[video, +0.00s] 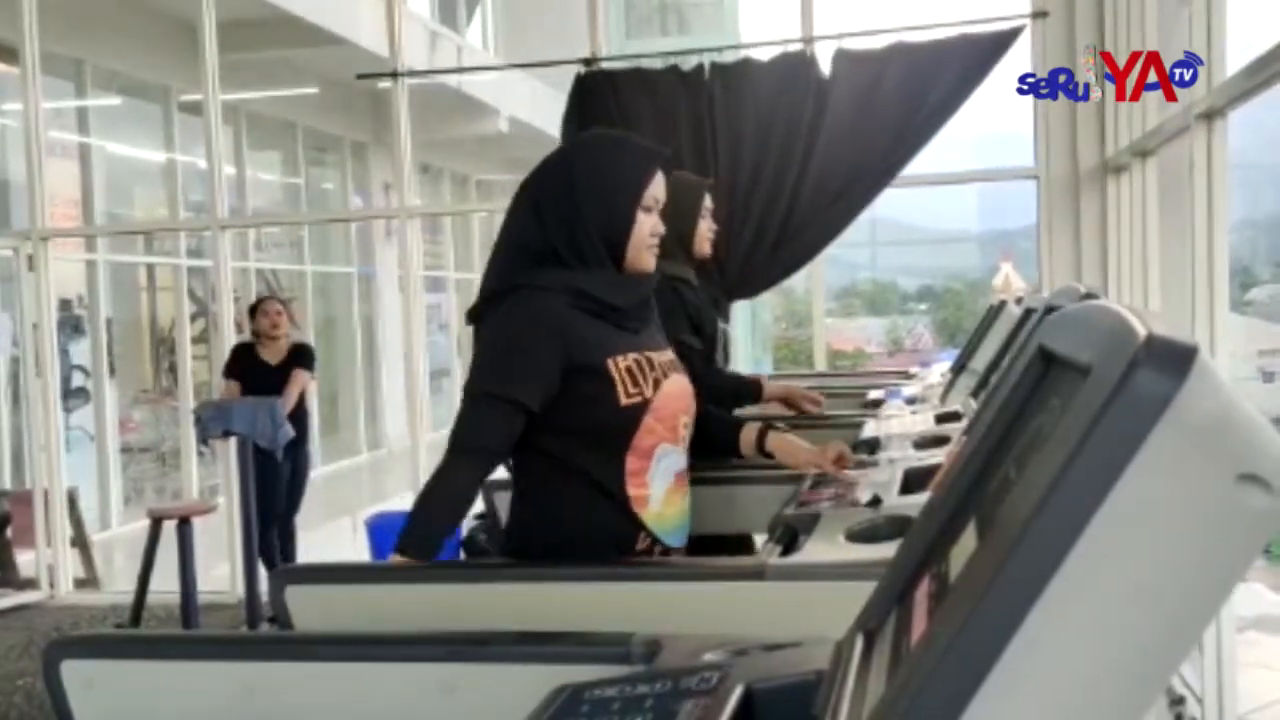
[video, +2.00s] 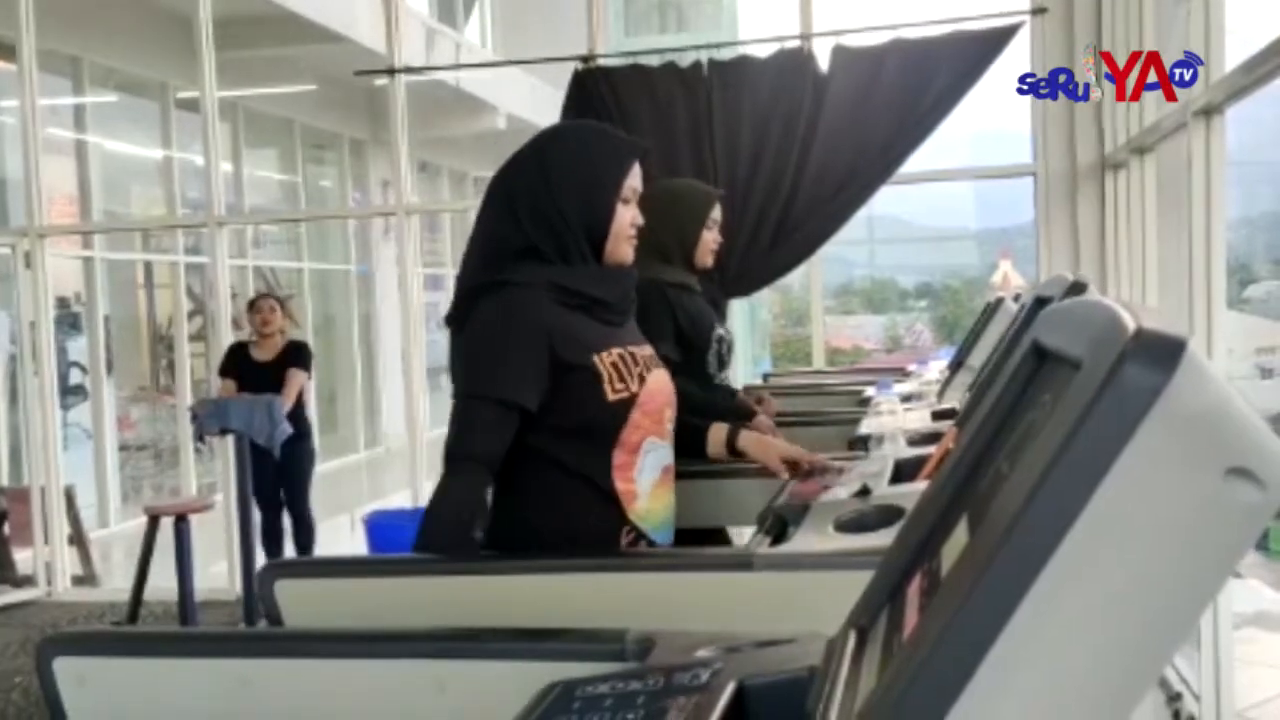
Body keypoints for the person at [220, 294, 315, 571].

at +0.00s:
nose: (274, 319)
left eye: (279, 313)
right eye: (266, 314)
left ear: (288, 319)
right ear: (254, 323)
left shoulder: (301, 351)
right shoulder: (242, 352)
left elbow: (294, 388)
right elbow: (231, 394)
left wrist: (275, 420)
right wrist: (237, 424)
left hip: (292, 437)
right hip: (254, 437)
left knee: (286, 511)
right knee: (263, 511)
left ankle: (288, 577)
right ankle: (275, 576)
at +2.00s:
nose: (265, 317)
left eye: (272, 311)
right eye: (258, 312)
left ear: (282, 317)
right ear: (249, 319)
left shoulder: (297, 351)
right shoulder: (237, 353)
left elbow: (290, 394)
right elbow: (227, 395)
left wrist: (271, 420)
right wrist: (241, 418)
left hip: (293, 433)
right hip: (255, 435)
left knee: (297, 501)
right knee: (268, 505)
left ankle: (305, 563)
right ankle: (274, 566)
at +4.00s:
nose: (244, 326)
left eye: (252, 322)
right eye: (245, 321)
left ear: (271, 330)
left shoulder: (276, 359)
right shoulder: (237, 366)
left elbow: (274, 409)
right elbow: (222, 404)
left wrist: (260, 439)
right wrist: (201, 425)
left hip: (283, 442)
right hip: (257, 445)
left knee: (282, 512)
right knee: (273, 512)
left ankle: (284, 574)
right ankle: (290, 572)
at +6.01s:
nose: (251, 320)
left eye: (259, 314)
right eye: (246, 315)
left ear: (273, 320)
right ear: (239, 321)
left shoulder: (287, 352)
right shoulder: (229, 356)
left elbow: (281, 393)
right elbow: (218, 399)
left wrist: (266, 426)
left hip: (286, 436)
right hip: (247, 438)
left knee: (288, 509)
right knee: (257, 511)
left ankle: (295, 566)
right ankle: (260, 568)